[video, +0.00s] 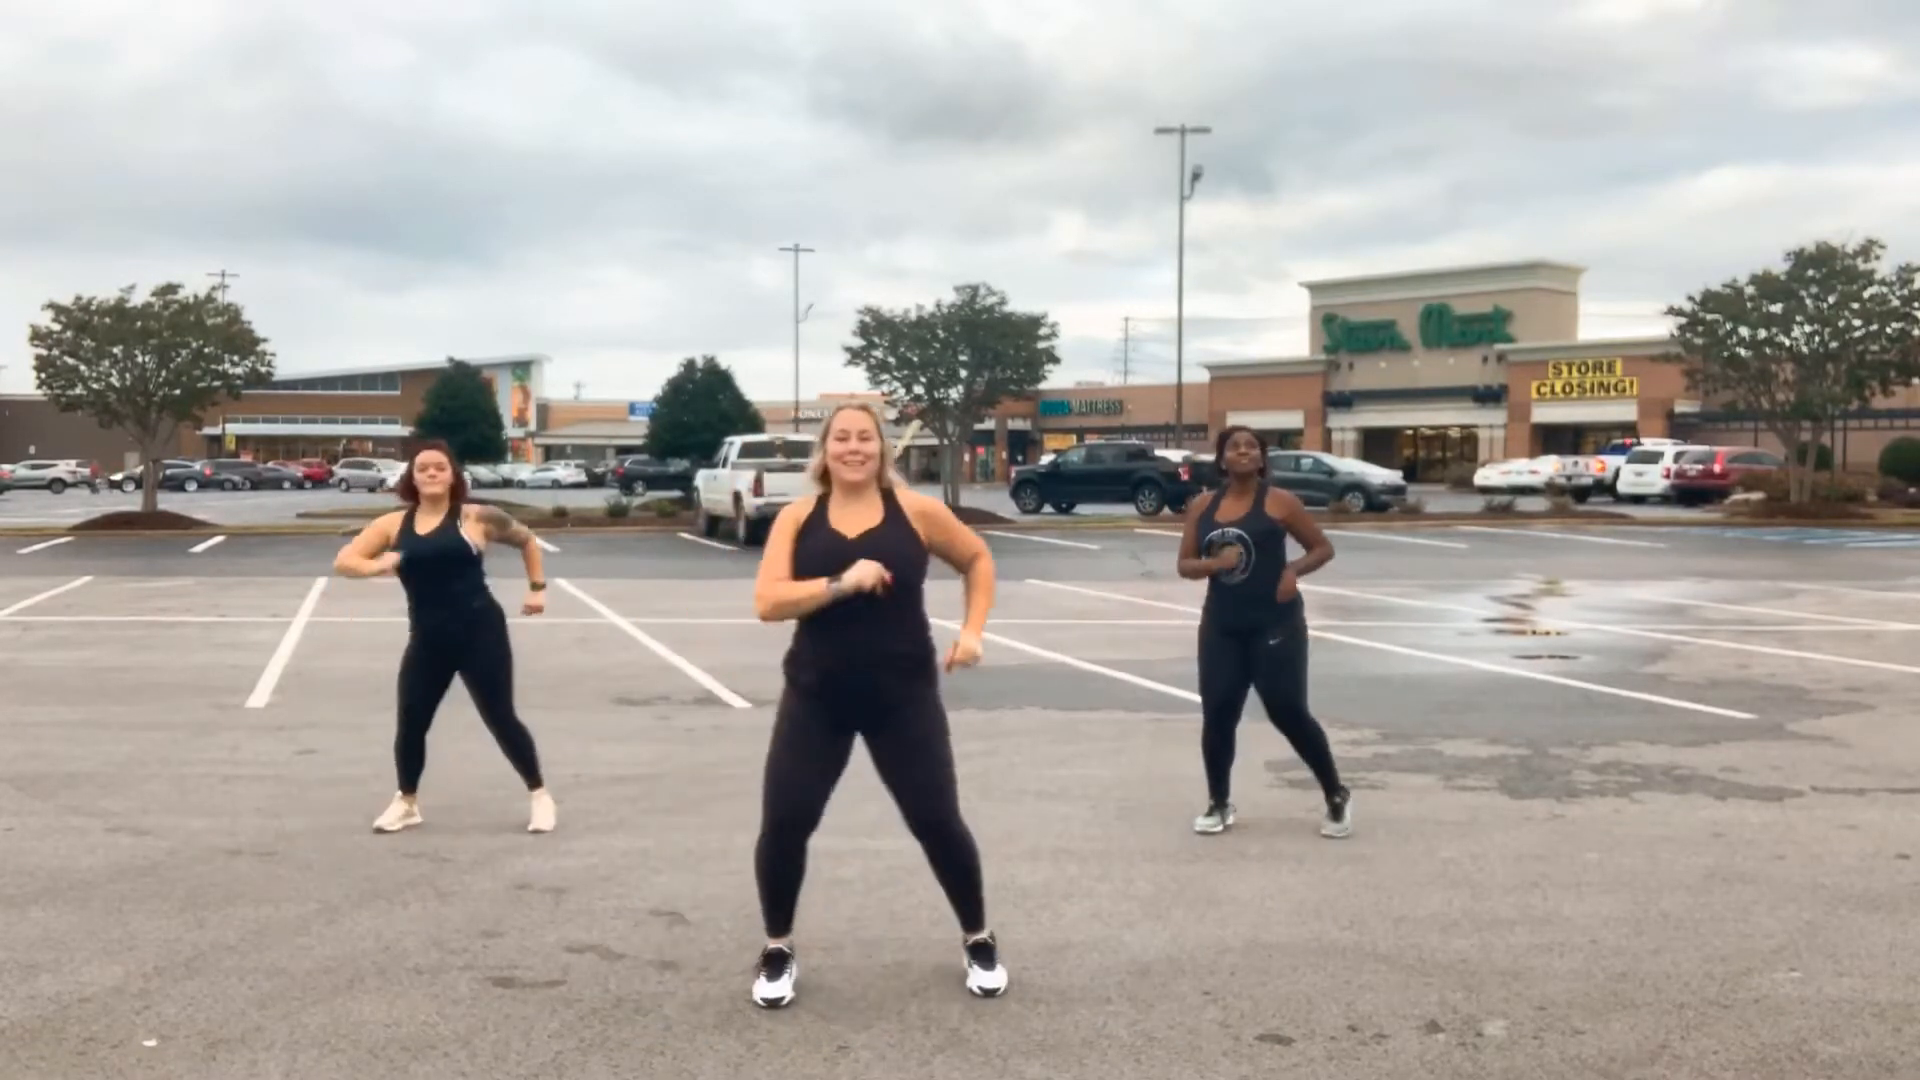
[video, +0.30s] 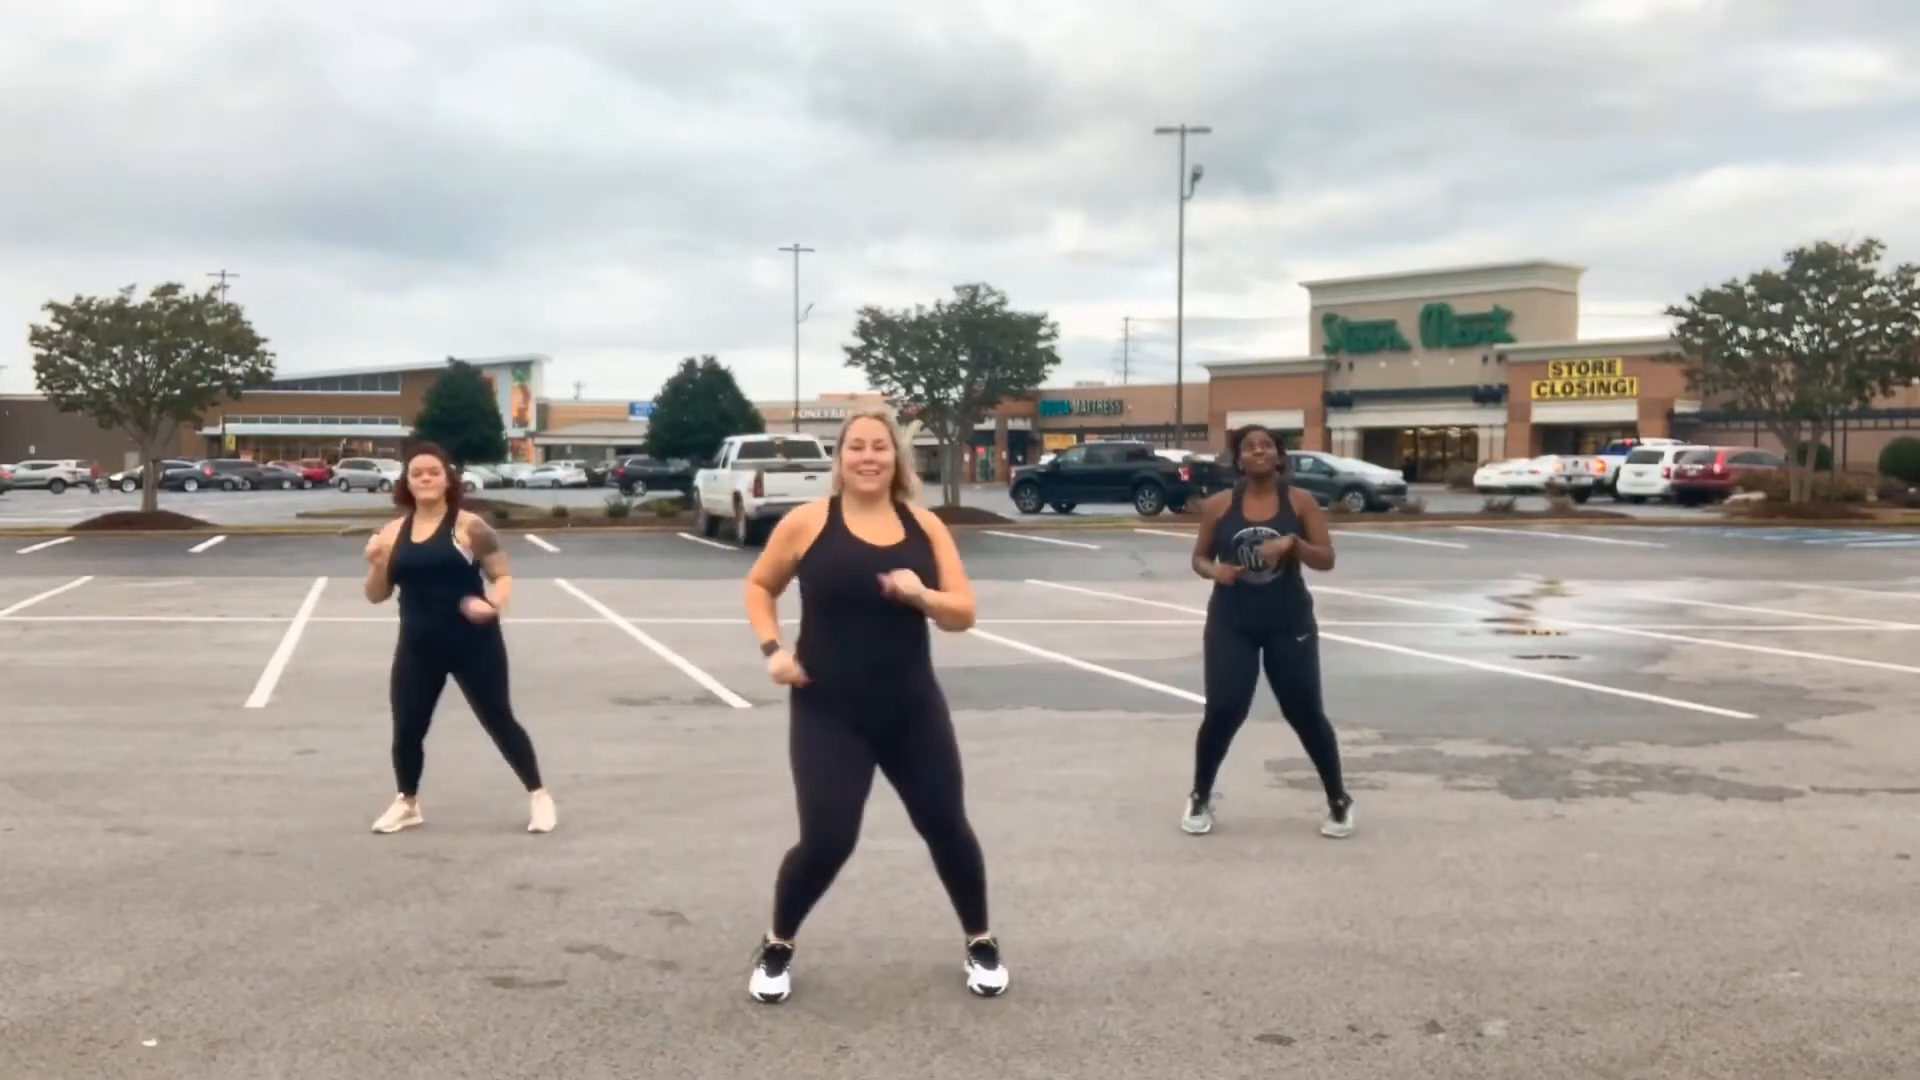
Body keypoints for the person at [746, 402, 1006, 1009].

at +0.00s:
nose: (853, 447)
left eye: (864, 438)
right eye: (842, 438)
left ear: (882, 448)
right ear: (824, 449)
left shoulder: (916, 510)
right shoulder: (796, 517)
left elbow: (977, 558)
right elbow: (768, 601)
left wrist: (972, 631)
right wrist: (837, 585)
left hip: (903, 698)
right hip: (816, 701)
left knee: (937, 823)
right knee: (783, 826)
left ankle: (978, 941)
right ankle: (777, 949)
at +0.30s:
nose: (867, 457)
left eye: (879, 447)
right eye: (856, 447)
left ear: (896, 457)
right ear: (838, 457)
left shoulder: (925, 527)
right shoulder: (806, 524)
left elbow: (962, 615)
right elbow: (759, 586)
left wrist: (922, 595)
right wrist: (773, 647)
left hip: (912, 707)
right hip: (827, 710)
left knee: (946, 826)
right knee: (828, 842)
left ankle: (980, 942)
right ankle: (779, 946)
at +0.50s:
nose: (839, 450)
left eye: (850, 441)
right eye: (827, 441)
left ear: (867, 455)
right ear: (809, 454)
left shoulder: (894, 521)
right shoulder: (780, 519)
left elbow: (923, 607)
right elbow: (706, 579)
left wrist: (883, 650)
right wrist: (740, 643)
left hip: (867, 698)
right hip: (784, 700)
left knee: (921, 813)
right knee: (783, 830)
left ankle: (948, 939)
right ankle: (772, 952)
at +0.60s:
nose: (825, 440)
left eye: (837, 431)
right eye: (814, 430)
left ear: (854, 445)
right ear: (796, 445)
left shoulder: (882, 512)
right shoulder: (765, 511)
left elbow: (924, 588)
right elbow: (708, 586)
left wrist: (896, 650)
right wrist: (758, 607)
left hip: (859, 694)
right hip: (776, 695)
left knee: (885, 817)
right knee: (775, 826)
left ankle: (882, 931)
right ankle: (771, 949)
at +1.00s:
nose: (805, 456)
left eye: (816, 447)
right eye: (794, 446)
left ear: (833, 459)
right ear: (775, 458)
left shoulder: (855, 526)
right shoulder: (740, 521)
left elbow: (897, 612)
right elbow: (711, 611)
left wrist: (863, 644)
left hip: (847, 702)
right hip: (766, 701)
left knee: (851, 834)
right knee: (769, 821)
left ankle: (833, 948)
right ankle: (763, 933)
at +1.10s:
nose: (798, 453)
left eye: (808, 444)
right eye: (786, 443)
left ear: (825, 456)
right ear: (768, 456)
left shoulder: (852, 524)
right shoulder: (736, 520)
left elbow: (871, 613)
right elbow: (693, 609)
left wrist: (810, 600)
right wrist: (673, 698)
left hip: (836, 700)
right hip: (755, 697)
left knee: (842, 826)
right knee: (729, 799)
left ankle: (833, 948)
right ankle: (714, 917)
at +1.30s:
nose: (767, 443)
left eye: (777, 433)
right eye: (755, 434)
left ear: (796, 445)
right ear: (735, 447)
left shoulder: (826, 501)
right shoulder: (705, 508)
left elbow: (863, 570)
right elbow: (660, 579)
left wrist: (797, 600)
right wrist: (636, 651)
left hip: (786, 694)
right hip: (700, 688)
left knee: (807, 823)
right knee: (667, 817)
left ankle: (828, 946)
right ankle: (626, 946)